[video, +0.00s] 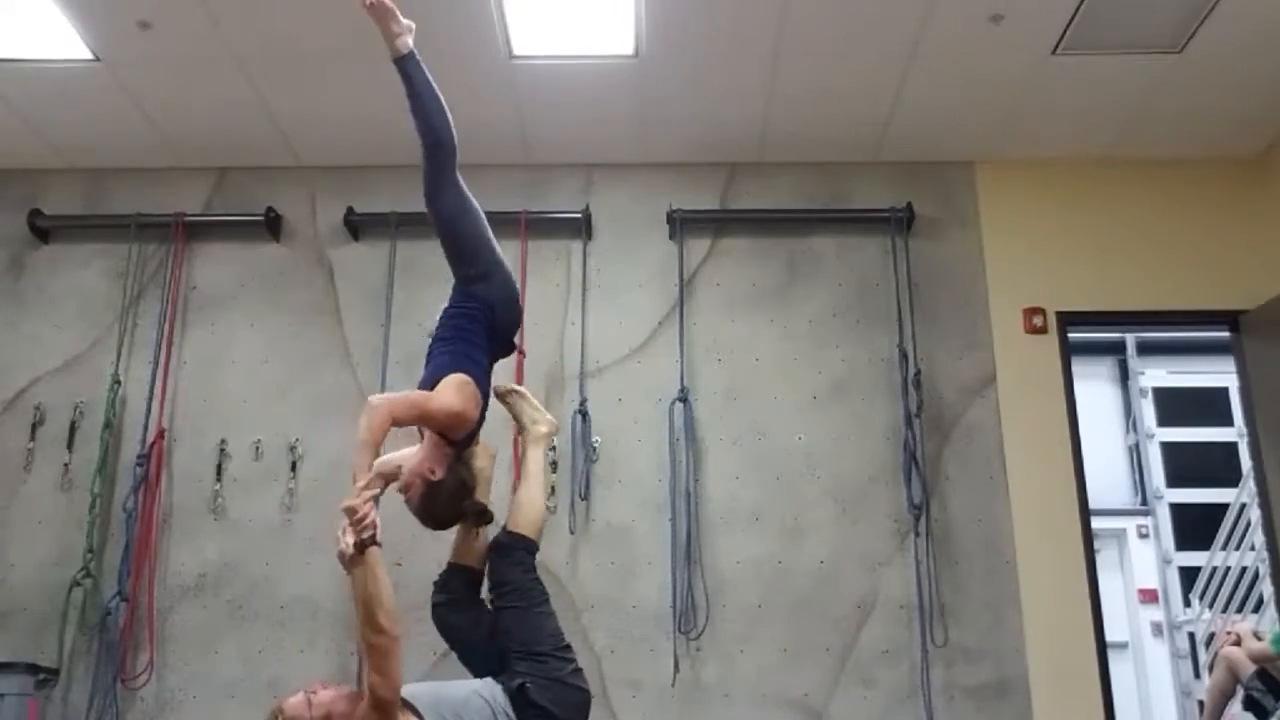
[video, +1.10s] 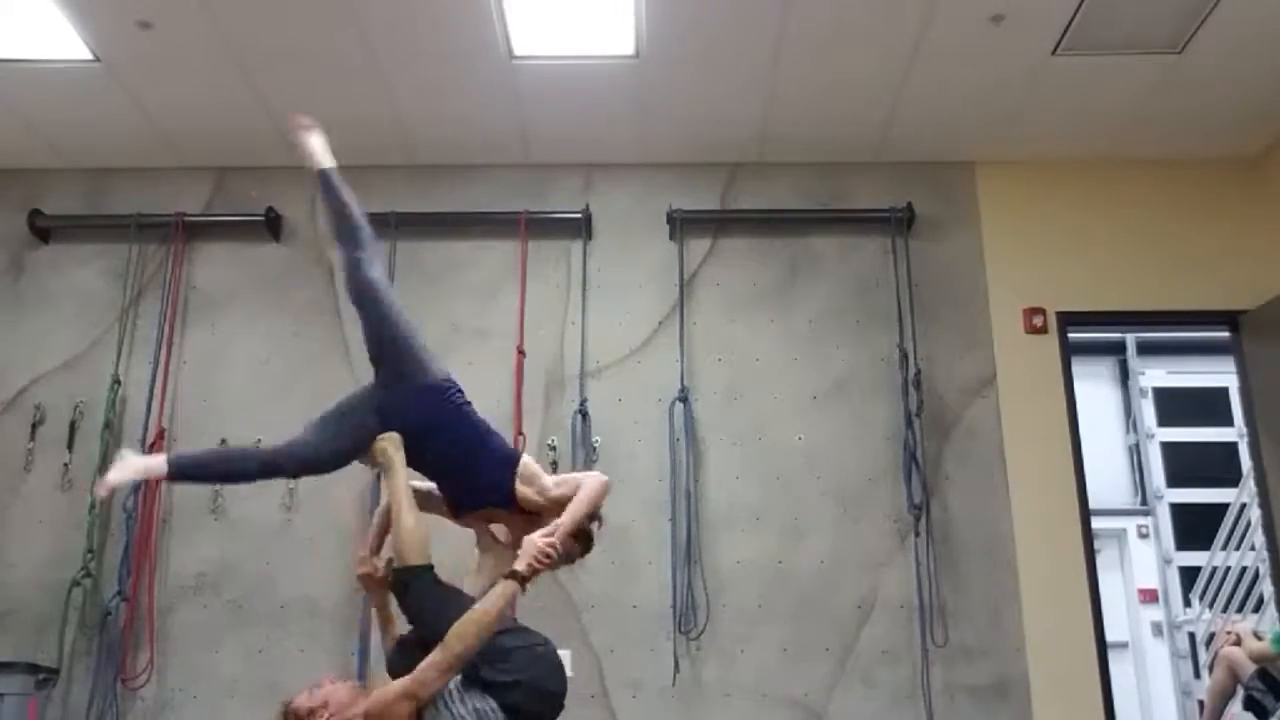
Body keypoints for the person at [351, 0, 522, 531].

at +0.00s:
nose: (405, 483)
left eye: (407, 490)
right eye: (413, 486)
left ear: (431, 472)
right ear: (435, 471)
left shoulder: (459, 434)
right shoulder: (449, 414)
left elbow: (393, 465)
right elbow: (377, 410)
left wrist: (366, 505)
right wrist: (360, 488)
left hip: (499, 325)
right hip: (491, 298)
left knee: (444, 176)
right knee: (442, 167)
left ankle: (406, 47)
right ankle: (402, 45)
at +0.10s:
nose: (414, 469)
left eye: (416, 478)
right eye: (426, 472)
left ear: (442, 453)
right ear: (450, 457)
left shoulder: (455, 420)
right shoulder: (464, 402)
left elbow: (394, 459)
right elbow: (400, 413)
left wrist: (368, 510)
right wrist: (373, 487)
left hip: (502, 314)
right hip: (496, 284)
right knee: (460, 164)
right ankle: (431, 29)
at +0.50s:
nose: (429, 473)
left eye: (431, 480)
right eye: (430, 482)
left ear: (435, 471)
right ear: (448, 471)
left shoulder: (417, 433)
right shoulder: (470, 412)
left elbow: (369, 464)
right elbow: (425, 416)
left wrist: (341, 519)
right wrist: (398, 490)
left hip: (472, 317)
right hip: (495, 298)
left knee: (455, 279)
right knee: (443, 156)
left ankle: (436, 232)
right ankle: (395, 44)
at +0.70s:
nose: (428, 487)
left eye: (428, 496)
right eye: (437, 495)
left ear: (440, 490)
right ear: (457, 490)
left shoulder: (426, 439)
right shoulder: (467, 437)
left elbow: (371, 456)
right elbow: (413, 422)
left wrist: (354, 514)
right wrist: (386, 497)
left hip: (462, 327)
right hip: (488, 311)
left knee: (441, 252)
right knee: (424, 175)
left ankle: (447, 188)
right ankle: (368, 59)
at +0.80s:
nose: (431, 518)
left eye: (433, 528)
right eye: (440, 524)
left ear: (451, 510)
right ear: (461, 506)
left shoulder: (423, 455)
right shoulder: (472, 457)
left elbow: (373, 460)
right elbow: (440, 425)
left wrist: (342, 520)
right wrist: (413, 500)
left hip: (429, 341)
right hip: (467, 330)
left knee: (355, 263)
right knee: (464, 192)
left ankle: (300, 181)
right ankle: (462, 74)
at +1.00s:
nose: (519, 471)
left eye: (514, 487)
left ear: (498, 518)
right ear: (528, 522)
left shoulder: (460, 510)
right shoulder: (507, 467)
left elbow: (386, 479)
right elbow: (563, 464)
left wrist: (363, 528)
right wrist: (521, 523)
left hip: (398, 390)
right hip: (442, 348)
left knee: (281, 384)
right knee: (454, 231)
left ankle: (169, 341)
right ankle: (465, 140)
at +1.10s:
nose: (543, 546)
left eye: (554, 555)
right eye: (556, 544)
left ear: (535, 535)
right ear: (555, 514)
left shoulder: (482, 518)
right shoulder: (530, 486)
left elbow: (406, 492)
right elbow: (595, 483)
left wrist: (375, 543)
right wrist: (558, 531)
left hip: (380, 422)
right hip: (421, 390)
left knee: (283, 461)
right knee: (363, 271)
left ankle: (147, 468)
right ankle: (324, 165)